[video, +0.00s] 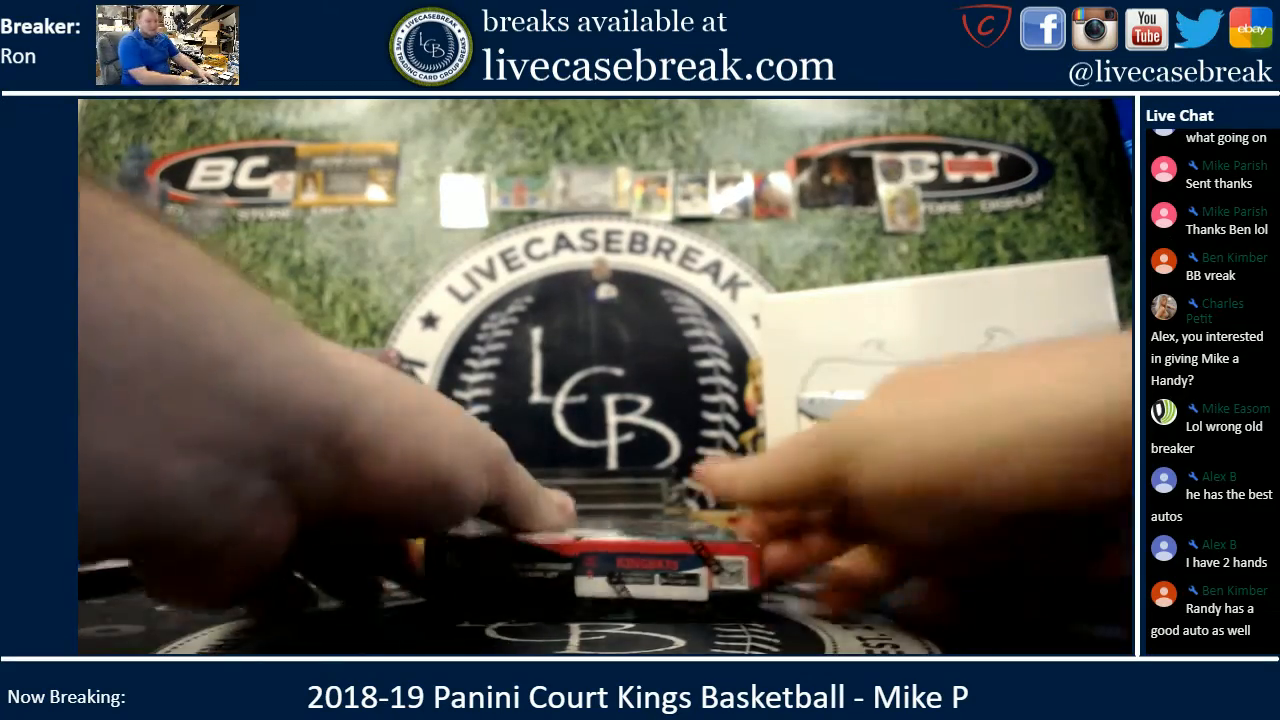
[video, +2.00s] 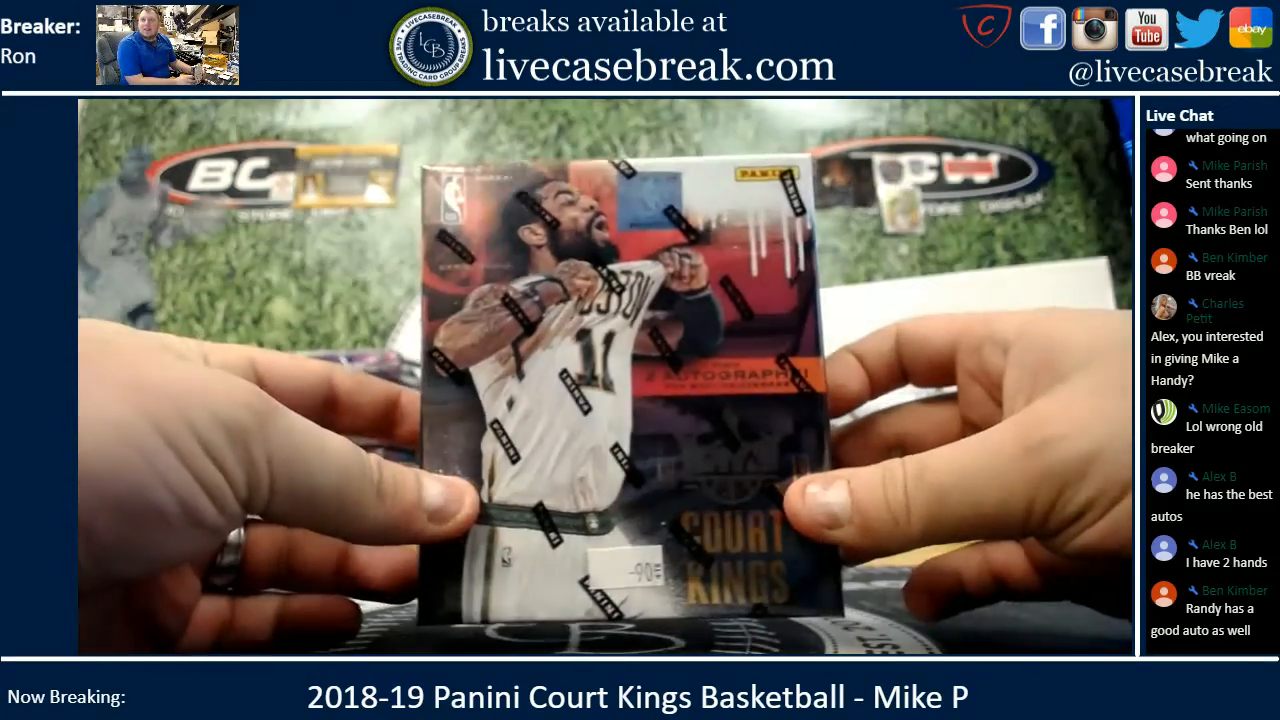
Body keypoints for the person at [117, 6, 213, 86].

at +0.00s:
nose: (153, 25)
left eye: (156, 21)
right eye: (148, 21)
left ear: (159, 22)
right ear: (138, 21)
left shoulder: (162, 39)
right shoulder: (129, 42)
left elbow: (179, 57)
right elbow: (143, 78)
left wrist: (199, 70)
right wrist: (181, 80)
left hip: (165, 91)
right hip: (139, 96)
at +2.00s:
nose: (146, 24)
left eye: (152, 20)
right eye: (143, 20)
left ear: (159, 24)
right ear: (138, 23)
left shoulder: (164, 40)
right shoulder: (128, 45)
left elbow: (174, 62)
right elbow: (136, 82)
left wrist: (194, 70)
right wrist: (177, 81)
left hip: (167, 93)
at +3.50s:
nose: (132, 29)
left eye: (137, 25)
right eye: (130, 25)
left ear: (151, 25)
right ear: (128, 25)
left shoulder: (164, 40)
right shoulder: (123, 46)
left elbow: (175, 61)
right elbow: (122, 80)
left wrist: (195, 70)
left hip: (163, 96)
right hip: (134, 98)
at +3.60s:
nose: (130, 30)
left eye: (134, 25)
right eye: (128, 25)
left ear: (149, 24)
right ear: (127, 25)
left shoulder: (164, 41)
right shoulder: (121, 45)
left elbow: (175, 60)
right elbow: (112, 78)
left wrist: (196, 69)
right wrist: (145, 81)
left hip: (162, 97)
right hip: (132, 100)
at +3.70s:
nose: (127, 30)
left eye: (131, 26)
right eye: (126, 26)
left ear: (145, 26)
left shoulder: (163, 41)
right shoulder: (119, 45)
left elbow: (177, 60)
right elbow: (107, 76)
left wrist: (197, 69)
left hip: (161, 97)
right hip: (130, 100)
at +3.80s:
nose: (125, 31)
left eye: (129, 27)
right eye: (124, 27)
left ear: (143, 26)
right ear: (123, 27)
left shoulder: (162, 41)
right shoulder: (118, 45)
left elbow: (177, 59)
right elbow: (102, 69)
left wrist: (197, 70)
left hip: (160, 98)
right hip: (128, 100)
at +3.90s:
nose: (123, 30)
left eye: (126, 26)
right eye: (122, 26)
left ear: (141, 26)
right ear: (120, 27)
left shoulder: (161, 41)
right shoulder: (115, 45)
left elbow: (178, 58)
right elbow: (101, 70)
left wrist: (197, 70)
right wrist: (94, 73)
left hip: (158, 100)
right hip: (126, 101)